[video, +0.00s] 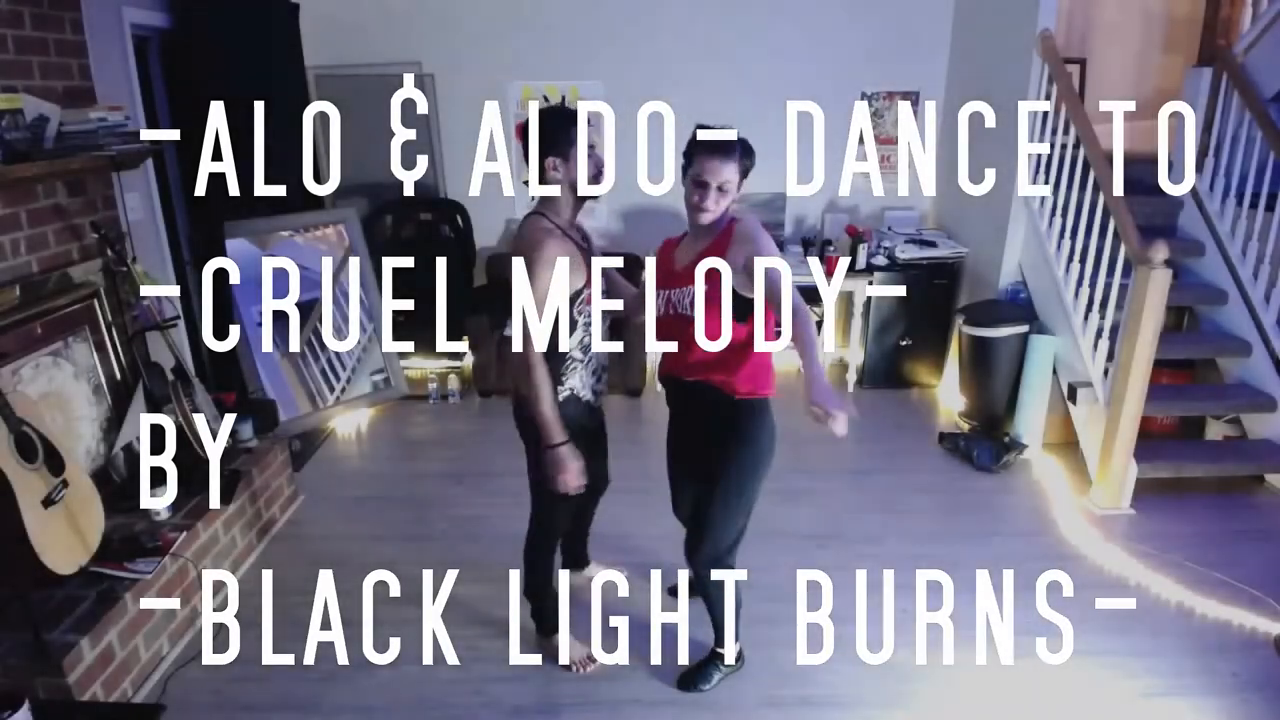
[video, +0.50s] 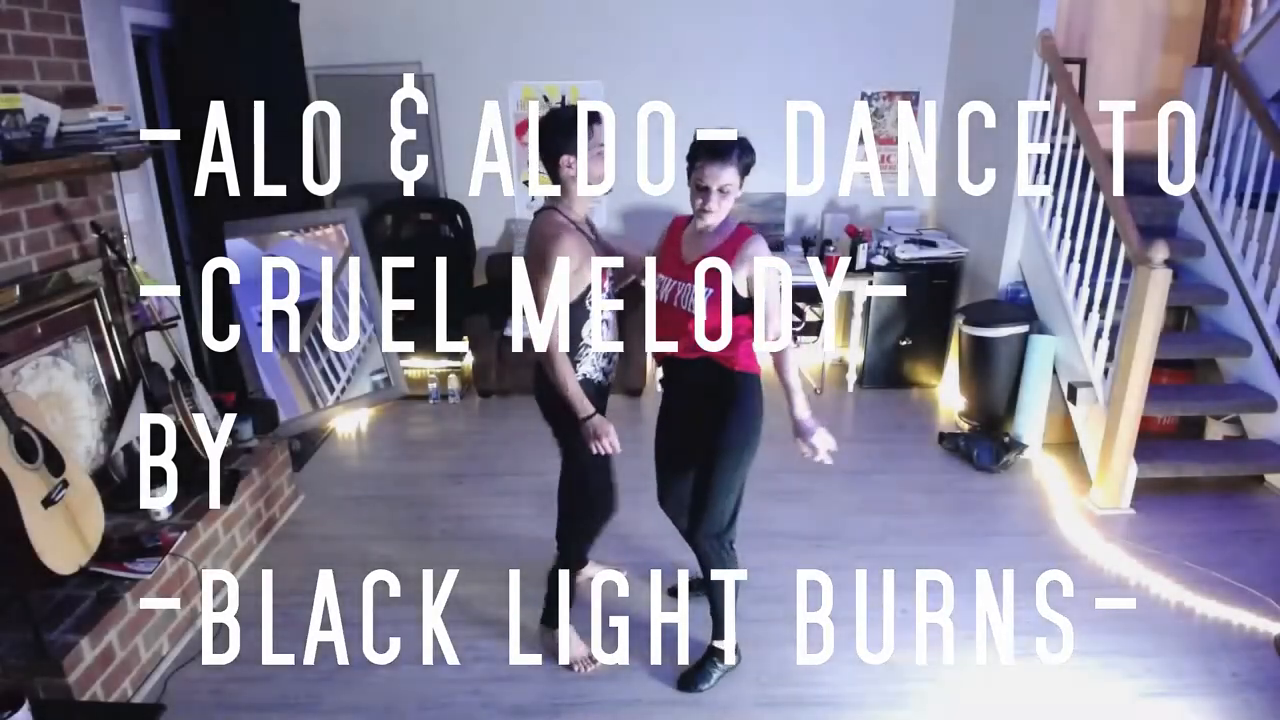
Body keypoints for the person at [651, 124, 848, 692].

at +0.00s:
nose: (704, 196)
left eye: (719, 188)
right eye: (697, 183)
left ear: (737, 191)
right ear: (683, 179)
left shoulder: (746, 239)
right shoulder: (669, 251)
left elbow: (794, 306)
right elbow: (658, 318)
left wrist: (817, 384)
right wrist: (614, 293)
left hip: (740, 418)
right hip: (687, 414)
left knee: (709, 544)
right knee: (690, 517)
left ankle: (725, 649)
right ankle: (718, 582)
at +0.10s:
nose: (706, 198)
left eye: (720, 190)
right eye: (699, 185)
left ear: (737, 195)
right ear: (685, 181)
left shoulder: (747, 240)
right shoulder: (668, 249)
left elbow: (794, 311)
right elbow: (659, 314)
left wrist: (822, 390)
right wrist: (623, 295)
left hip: (741, 417)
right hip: (687, 414)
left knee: (713, 541)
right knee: (689, 513)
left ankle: (726, 648)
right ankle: (717, 576)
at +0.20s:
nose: (708, 201)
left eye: (722, 193)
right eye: (701, 188)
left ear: (740, 195)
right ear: (688, 183)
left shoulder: (749, 246)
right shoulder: (669, 244)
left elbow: (791, 328)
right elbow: (656, 309)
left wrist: (823, 406)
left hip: (739, 410)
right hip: (684, 406)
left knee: (716, 535)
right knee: (684, 510)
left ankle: (726, 647)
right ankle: (721, 576)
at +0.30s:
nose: (708, 201)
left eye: (722, 192)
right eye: (701, 188)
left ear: (741, 193)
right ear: (689, 183)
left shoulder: (751, 249)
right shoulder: (669, 241)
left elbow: (789, 333)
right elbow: (654, 304)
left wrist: (819, 413)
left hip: (738, 405)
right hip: (684, 401)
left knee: (715, 533)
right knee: (680, 506)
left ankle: (726, 647)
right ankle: (722, 575)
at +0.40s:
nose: (709, 201)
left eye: (723, 192)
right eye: (701, 187)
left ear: (741, 192)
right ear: (688, 180)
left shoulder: (753, 252)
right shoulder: (669, 237)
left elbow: (782, 340)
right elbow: (654, 301)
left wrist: (808, 420)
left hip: (733, 401)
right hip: (681, 395)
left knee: (711, 528)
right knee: (675, 502)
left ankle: (724, 646)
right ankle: (721, 570)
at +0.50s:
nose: (707, 201)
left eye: (721, 191)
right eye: (699, 187)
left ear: (739, 192)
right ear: (687, 181)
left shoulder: (751, 251)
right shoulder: (671, 234)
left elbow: (780, 340)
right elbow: (652, 293)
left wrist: (802, 420)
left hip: (732, 397)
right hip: (681, 390)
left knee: (710, 527)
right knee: (673, 500)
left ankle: (723, 646)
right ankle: (718, 570)